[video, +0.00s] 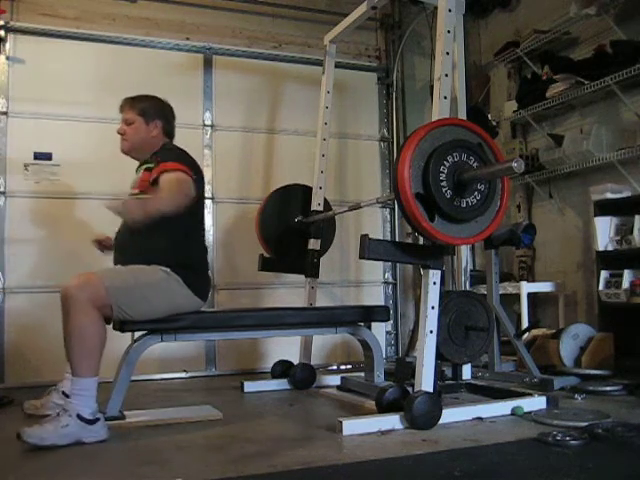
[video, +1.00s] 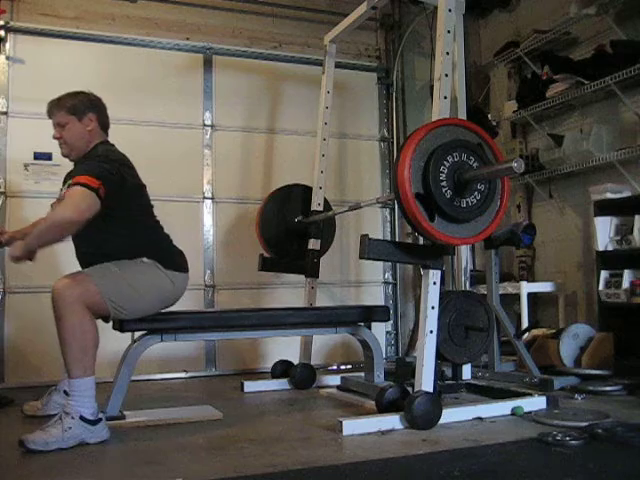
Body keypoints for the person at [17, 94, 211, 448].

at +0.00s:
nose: (120, 130)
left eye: (128, 123)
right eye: (121, 123)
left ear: (155, 129)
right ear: (149, 131)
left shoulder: (173, 161)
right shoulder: (147, 170)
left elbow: (178, 194)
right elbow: (155, 231)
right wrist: (117, 243)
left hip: (177, 280)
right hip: (154, 276)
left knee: (83, 292)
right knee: (75, 292)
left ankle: (86, 415)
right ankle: (72, 393)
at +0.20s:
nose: (112, 128)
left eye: (119, 121)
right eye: (112, 122)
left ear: (146, 121)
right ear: (143, 124)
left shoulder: (164, 159)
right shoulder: (141, 162)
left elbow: (189, 210)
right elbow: (144, 221)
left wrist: (178, 251)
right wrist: (113, 264)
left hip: (167, 280)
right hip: (140, 275)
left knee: (81, 294)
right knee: (70, 293)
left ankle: (86, 415)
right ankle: (71, 391)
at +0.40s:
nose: (101, 130)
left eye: (107, 122)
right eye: (100, 123)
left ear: (134, 123)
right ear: (128, 125)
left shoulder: (151, 162)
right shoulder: (129, 165)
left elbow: (163, 216)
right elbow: (130, 230)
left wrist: (97, 253)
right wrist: (88, 256)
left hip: (169, 278)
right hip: (142, 275)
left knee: (83, 292)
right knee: (66, 289)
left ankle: (87, 416)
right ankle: (70, 391)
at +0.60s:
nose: (76, 139)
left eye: (81, 131)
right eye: (75, 132)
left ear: (109, 127)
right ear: (105, 130)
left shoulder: (127, 165)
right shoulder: (109, 171)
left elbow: (129, 218)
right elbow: (102, 235)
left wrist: (63, 240)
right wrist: (58, 250)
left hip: (168, 277)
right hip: (144, 276)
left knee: (80, 294)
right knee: (71, 291)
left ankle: (87, 416)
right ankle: (71, 392)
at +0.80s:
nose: (56, 140)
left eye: (62, 131)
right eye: (55, 133)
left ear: (89, 128)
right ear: (84, 131)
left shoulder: (102, 166)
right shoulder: (86, 171)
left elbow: (95, 227)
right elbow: (60, 231)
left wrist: (43, 254)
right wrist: (17, 254)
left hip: (161, 273)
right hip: (139, 271)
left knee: (76, 293)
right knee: (68, 291)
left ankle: (86, 416)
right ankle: (70, 394)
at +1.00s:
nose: (56, 134)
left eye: (62, 126)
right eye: (55, 127)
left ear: (90, 124)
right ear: (84, 127)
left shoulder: (102, 162)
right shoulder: (84, 166)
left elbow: (76, 212)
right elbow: (60, 213)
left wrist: (29, 244)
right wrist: (22, 233)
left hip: (156, 270)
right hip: (133, 268)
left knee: (71, 293)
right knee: (66, 290)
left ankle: (85, 416)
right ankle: (72, 392)